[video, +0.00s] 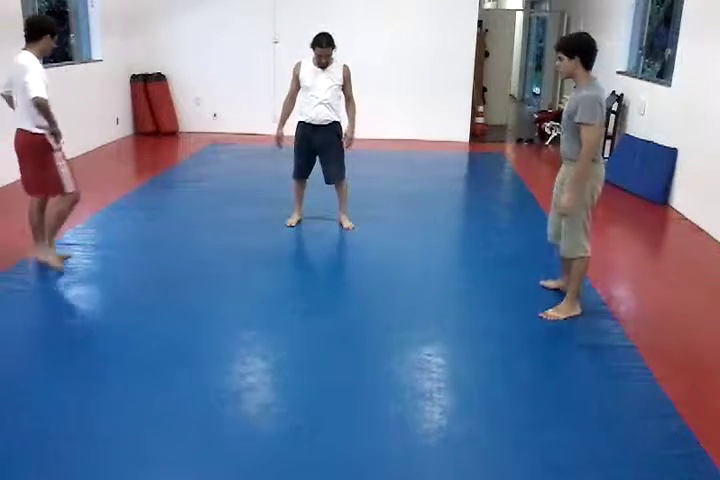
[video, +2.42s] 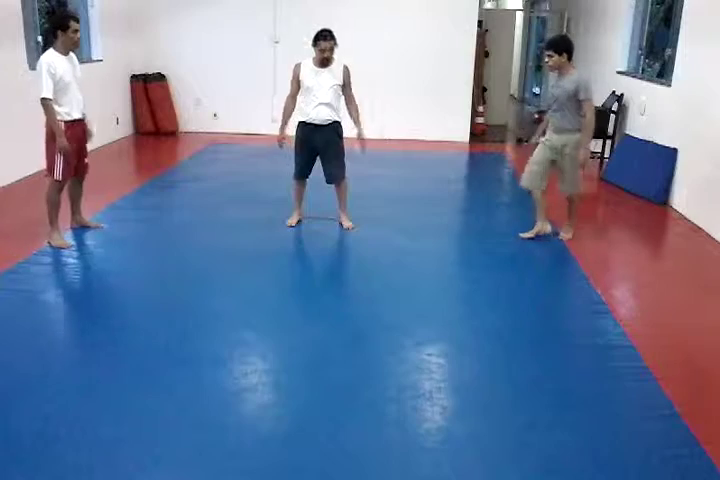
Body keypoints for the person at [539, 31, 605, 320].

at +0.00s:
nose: (557, 64)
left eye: (561, 59)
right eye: (557, 58)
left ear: (576, 60)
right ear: (579, 61)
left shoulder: (589, 98)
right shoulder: (580, 92)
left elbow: (589, 149)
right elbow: (579, 143)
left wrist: (573, 191)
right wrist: (565, 176)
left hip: (583, 171)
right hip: (570, 167)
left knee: (576, 237)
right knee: (561, 228)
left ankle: (572, 301)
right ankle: (566, 278)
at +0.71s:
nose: (559, 65)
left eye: (562, 59)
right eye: (559, 59)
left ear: (576, 59)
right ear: (582, 60)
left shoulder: (577, 90)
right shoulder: (601, 88)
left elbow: (569, 134)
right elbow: (605, 130)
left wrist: (554, 170)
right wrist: (583, 144)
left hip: (569, 162)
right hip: (590, 163)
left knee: (539, 218)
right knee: (580, 225)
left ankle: (550, 275)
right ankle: (573, 281)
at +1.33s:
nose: (541, 63)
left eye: (543, 58)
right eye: (541, 58)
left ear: (555, 58)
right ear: (566, 58)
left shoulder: (548, 86)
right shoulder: (588, 84)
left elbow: (541, 126)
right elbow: (592, 123)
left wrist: (533, 159)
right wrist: (587, 153)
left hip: (551, 149)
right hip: (576, 151)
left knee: (545, 201)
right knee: (568, 200)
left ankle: (548, 254)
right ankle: (568, 242)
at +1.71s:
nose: (534, 59)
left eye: (538, 55)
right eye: (534, 55)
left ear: (550, 56)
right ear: (556, 56)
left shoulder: (550, 82)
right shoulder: (570, 79)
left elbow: (546, 121)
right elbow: (577, 118)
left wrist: (525, 146)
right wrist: (580, 147)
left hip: (550, 142)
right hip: (566, 141)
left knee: (546, 196)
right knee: (551, 189)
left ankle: (550, 252)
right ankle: (545, 231)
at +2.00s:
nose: (533, 56)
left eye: (537, 51)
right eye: (533, 51)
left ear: (550, 51)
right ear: (548, 52)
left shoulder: (560, 75)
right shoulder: (551, 75)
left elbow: (565, 107)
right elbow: (554, 107)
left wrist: (562, 135)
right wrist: (544, 133)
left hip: (555, 133)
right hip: (547, 131)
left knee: (542, 187)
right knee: (543, 186)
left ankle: (565, 231)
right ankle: (544, 231)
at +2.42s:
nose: (546, 61)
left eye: (550, 56)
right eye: (546, 56)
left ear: (564, 56)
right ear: (553, 57)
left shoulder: (580, 81)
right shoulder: (555, 80)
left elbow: (589, 115)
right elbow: (551, 113)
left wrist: (584, 147)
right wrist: (538, 134)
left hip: (572, 138)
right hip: (550, 136)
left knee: (571, 185)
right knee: (533, 176)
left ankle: (569, 225)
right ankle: (541, 222)